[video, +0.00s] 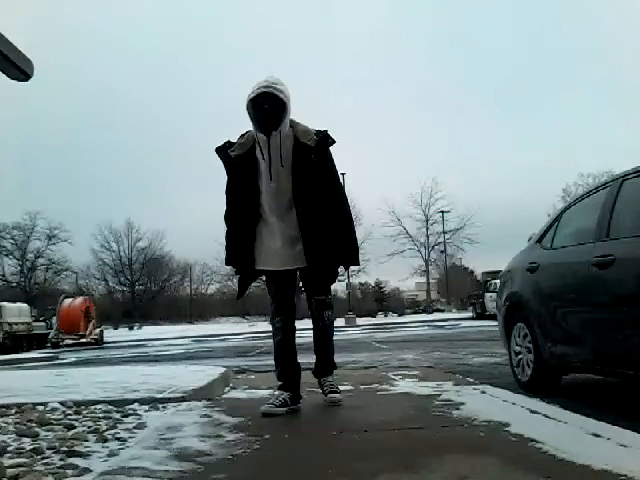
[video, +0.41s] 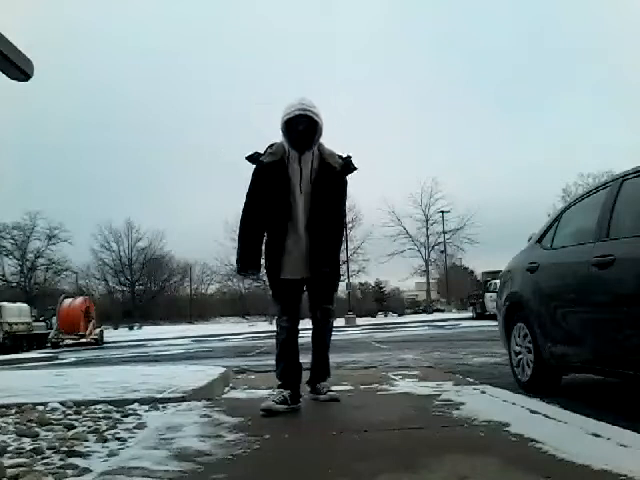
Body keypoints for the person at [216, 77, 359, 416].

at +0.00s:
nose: (264, 112)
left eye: (271, 105)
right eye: (257, 106)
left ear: (285, 107)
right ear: (249, 110)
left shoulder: (310, 144)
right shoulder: (241, 154)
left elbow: (333, 198)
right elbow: (236, 209)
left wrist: (343, 248)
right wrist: (237, 256)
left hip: (312, 245)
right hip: (270, 249)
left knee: (322, 312)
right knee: (281, 319)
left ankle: (326, 375)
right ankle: (288, 391)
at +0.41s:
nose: (301, 132)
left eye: (307, 125)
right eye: (294, 125)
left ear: (318, 129)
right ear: (285, 129)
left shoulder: (333, 168)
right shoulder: (270, 166)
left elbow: (338, 217)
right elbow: (253, 213)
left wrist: (334, 257)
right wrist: (248, 258)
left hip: (322, 259)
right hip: (284, 259)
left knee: (323, 320)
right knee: (286, 322)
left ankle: (319, 382)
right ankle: (288, 389)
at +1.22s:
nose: (328, 138)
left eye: (333, 132)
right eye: (322, 131)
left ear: (339, 136)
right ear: (310, 134)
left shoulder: (345, 172)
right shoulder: (294, 165)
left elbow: (364, 199)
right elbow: (283, 214)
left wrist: (400, 195)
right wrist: (276, 260)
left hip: (324, 255)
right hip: (291, 253)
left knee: (320, 315)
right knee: (286, 313)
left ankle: (318, 380)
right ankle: (286, 365)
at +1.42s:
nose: (317, 138)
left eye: (323, 132)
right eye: (311, 131)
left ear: (331, 136)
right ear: (300, 134)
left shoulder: (344, 169)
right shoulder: (284, 167)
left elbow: (382, 191)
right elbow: (262, 210)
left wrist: (363, 179)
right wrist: (288, 220)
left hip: (324, 258)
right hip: (288, 257)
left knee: (321, 321)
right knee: (287, 320)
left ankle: (318, 381)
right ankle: (289, 380)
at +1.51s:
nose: (310, 138)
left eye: (316, 131)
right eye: (304, 132)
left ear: (326, 134)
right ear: (294, 135)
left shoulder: (342, 166)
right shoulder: (280, 168)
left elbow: (375, 189)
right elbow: (253, 205)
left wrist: (351, 209)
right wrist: (281, 222)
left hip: (324, 257)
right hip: (287, 258)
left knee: (322, 320)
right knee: (287, 320)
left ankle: (319, 383)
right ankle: (289, 383)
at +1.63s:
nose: (301, 133)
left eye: (307, 127)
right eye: (295, 127)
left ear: (317, 130)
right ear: (285, 131)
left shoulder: (336, 162)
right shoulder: (272, 165)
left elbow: (372, 187)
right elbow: (239, 196)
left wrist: (348, 216)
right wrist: (266, 221)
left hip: (325, 256)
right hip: (286, 256)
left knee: (322, 321)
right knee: (290, 322)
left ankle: (319, 382)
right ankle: (291, 386)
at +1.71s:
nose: (295, 130)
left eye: (301, 124)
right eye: (289, 125)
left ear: (312, 127)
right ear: (279, 129)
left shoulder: (334, 158)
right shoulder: (269, 162)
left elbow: (371, 182)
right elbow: (235, 190)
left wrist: (351, 218)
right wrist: (255, 225)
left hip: (325, 252)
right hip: (285, 253)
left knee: (324, 318)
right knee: (288, 320)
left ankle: (321, 381)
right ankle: (291, 386)